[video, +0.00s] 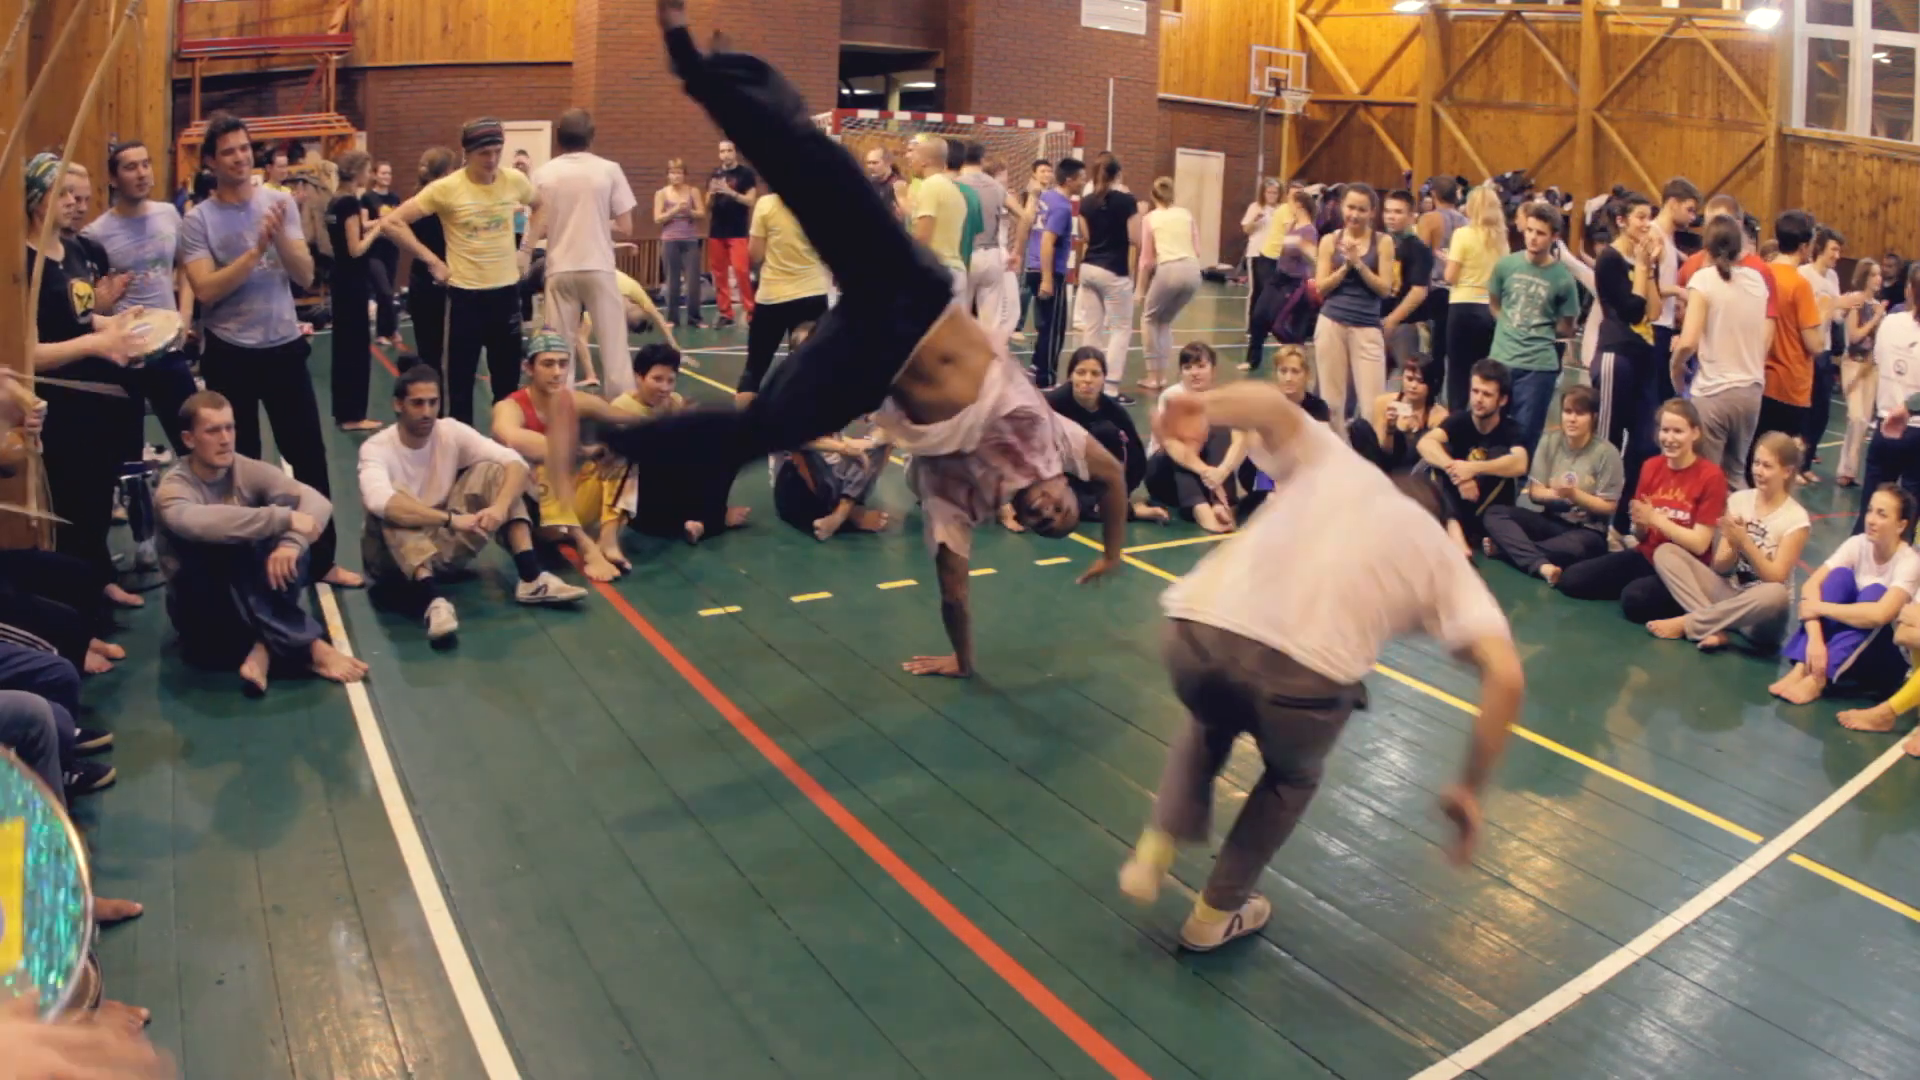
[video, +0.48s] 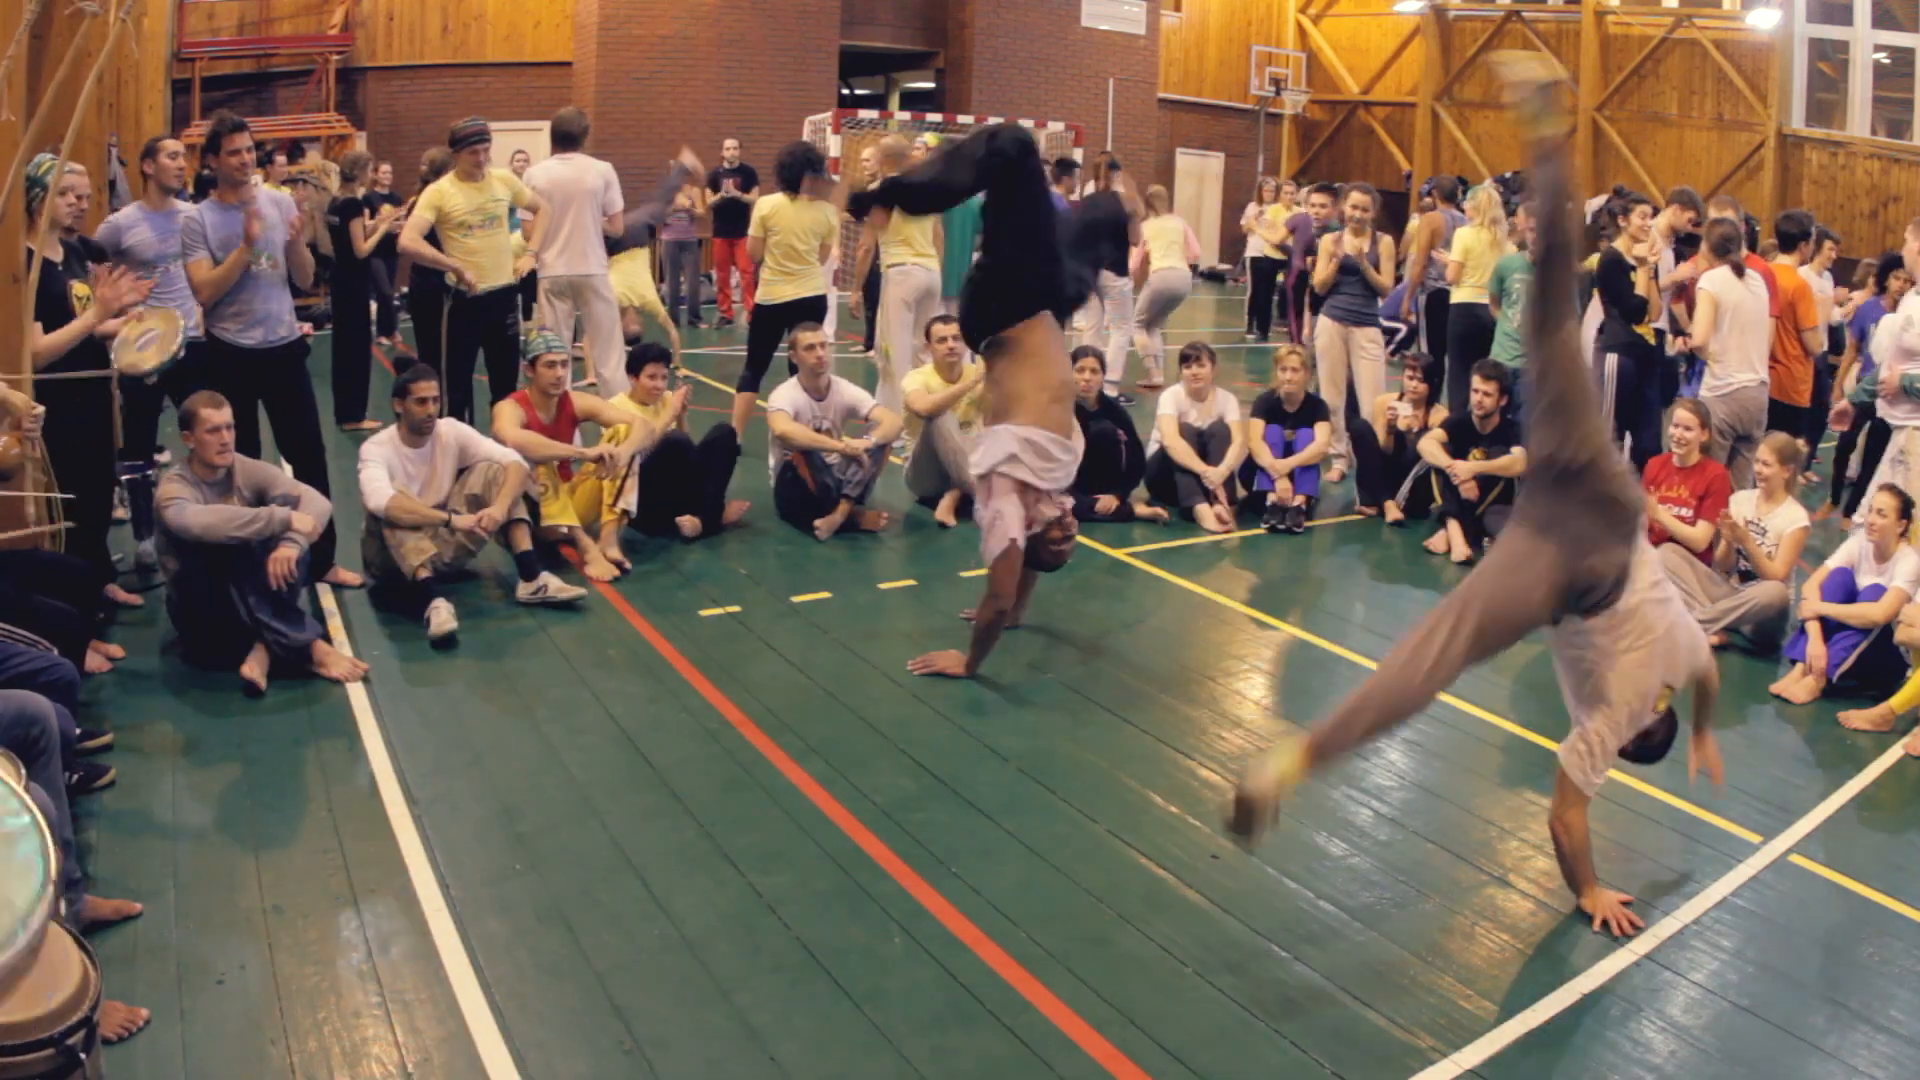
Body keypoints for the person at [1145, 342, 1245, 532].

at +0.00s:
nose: (1194, 373)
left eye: (1201, 366)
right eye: (1188, 367)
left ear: (1213, 370)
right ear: (1180, 372)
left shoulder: (1222, 398)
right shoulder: (1170, 397)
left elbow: (1240, 440)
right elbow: (1168, 441)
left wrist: (1222, 472)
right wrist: (1205, 473)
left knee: (1221, 436)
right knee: (1176, 451)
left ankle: (1223, 504)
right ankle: (1201, 509)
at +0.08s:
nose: (1192, 372)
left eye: (1199, 367)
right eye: (1187, 367)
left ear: (1210, 370)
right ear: (1181, 371)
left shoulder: (1226, 398)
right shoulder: (1170, 396)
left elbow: (1240, 442)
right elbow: (1170, 441)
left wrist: (1222, 472)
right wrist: (1207, 475)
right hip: (1167, 482)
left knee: (1219, 428)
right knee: (1186, 430)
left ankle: (1223, 505)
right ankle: (1200, 507)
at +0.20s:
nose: (1194, 372)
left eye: (1201, 366)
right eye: (1188, 367)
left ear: (1214, 370)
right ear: (1181, 372)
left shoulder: (1227, 400)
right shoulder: (1170, 396)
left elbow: (1240, 443)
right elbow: (1170, 441)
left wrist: (1222, 472)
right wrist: (1206, 473)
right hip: (1167, 482)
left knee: (1219, 428)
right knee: (1185, 430)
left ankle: (1223, 504)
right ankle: (1200, 506)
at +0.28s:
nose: (1194, 372)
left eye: (1201, 366)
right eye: (1188, 367)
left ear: (1213, 370)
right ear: (1181, 372)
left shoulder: (1227, 399)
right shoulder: (1170, 396)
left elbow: (1240, 442)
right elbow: (1170, 440)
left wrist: (1222, 472)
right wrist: (1205, 471)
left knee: (1220, 429)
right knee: (1186, 430)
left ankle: (1219, 499)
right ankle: (1197, 501)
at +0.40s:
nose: (1194, 372)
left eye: (1201, 366)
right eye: (1188, 367)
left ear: (1213, 370)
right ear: (1181, 372)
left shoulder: (1227, 399)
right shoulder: (1170, 396)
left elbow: (1240, 443)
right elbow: (1170, 441)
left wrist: (1222, 472)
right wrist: (1207, 474)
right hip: (1167, 482)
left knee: (1219, 428)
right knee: (1185, 430)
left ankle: (1223, 504)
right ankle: (1200, 507)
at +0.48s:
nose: (1194, 372)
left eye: (1201, 366)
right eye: (1187, 367)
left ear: (1213, 370)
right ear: (1180, 371)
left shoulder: (1227, 399)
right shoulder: (1170, 396)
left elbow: (1240, 442)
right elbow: (1170, 441)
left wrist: (1222, 472)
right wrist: (1208, 475)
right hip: (1167, 482)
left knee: (1219, 428)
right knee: (1185, 430)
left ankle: (1222, 504)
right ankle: (1200, 506)